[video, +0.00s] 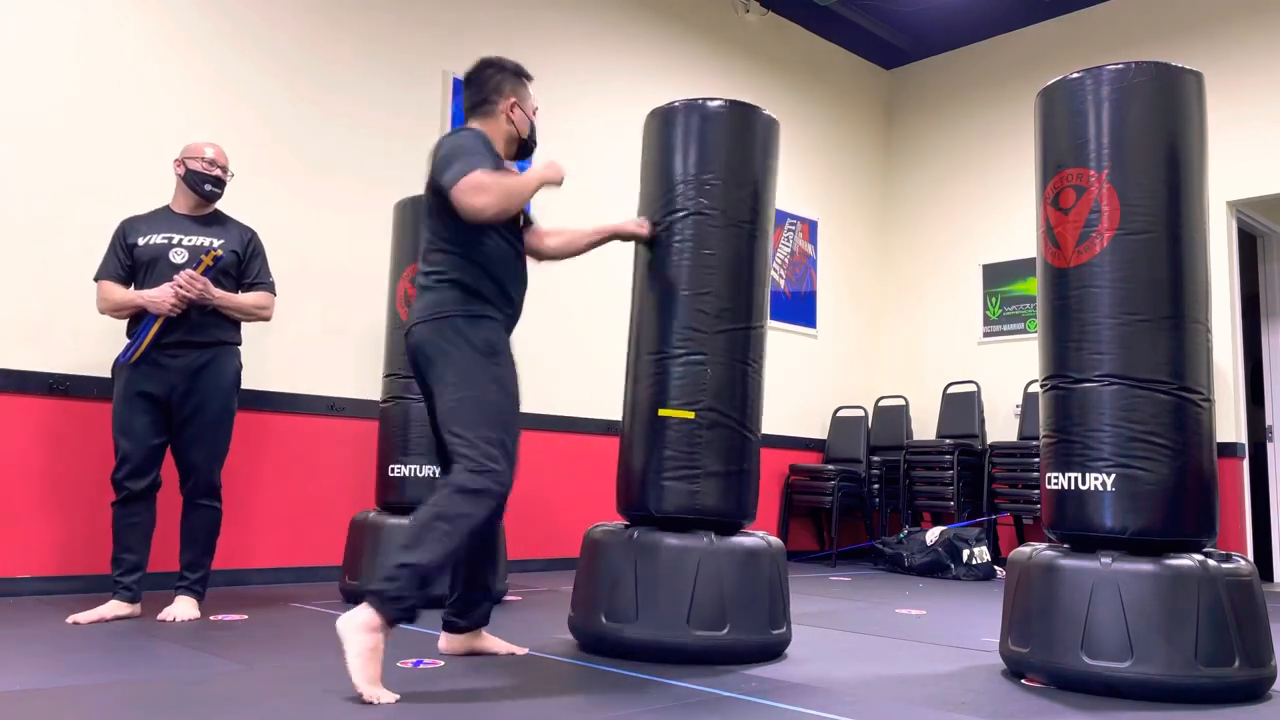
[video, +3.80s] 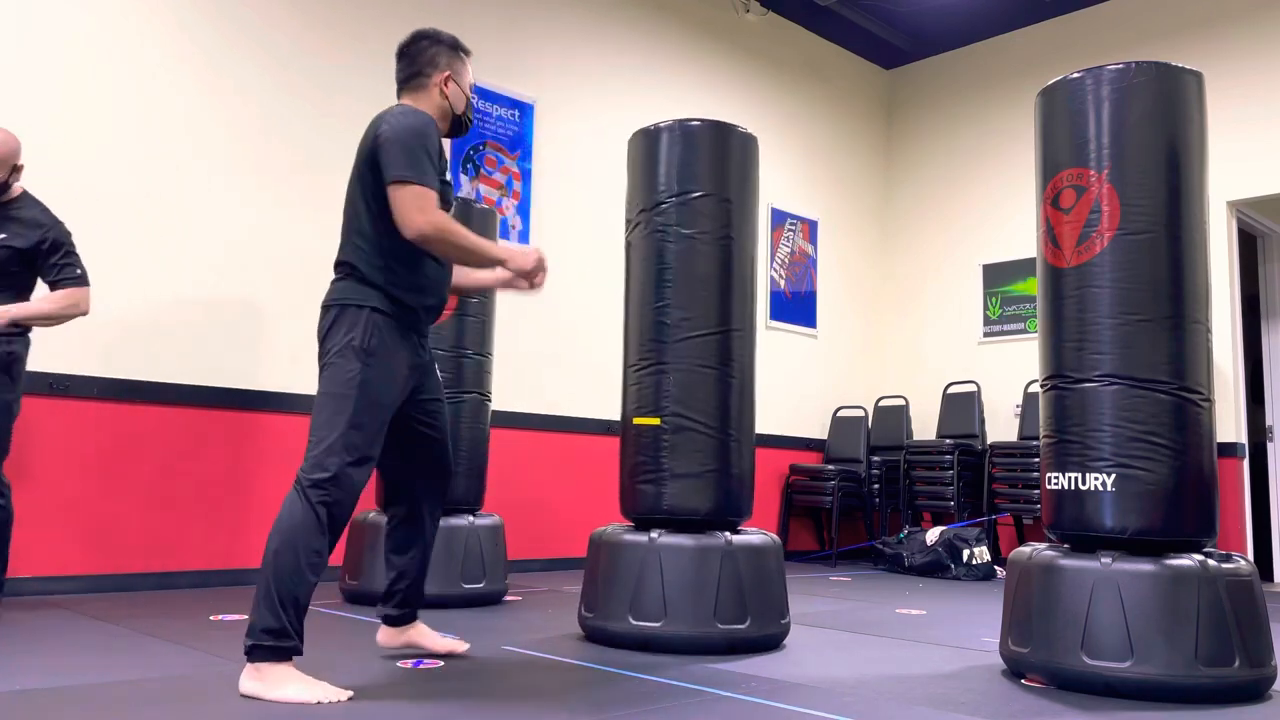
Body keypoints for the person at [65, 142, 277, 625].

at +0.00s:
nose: (213, 171)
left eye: (220, 167)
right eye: (204, 162)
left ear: (227, 181)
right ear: (178, 168)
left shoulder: (241, 238)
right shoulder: (134, 229)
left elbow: (264, 307)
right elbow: (106, 298)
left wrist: (212, 295)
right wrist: (146, 298)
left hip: (209, 372)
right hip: (142, 370)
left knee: (201, 485)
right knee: (132, 481)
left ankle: (189, 594)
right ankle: (126, 595)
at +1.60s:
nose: (153, 185)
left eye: (160, 181)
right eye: (144, 175)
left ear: (167, 192)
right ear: (119, 180)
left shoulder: (180, 249)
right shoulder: (75, 237)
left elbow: (193, 319)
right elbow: (42, 302)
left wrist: (150, 294)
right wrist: (79, 299)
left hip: (146, 383)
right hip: (79, 380)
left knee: (160, 482)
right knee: (72, 484)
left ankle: (176, 590)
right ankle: (70, 587)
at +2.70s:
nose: (104, 183)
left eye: (111, 178)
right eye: (94, 174)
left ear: (117, 189)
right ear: (66, 179)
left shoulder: (133, 244)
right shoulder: (25, 242)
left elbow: (155, 311)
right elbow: (3, 308)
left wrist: (107, 289)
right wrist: (33, 302)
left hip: (105, 374)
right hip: (41, 375)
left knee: (102, 474)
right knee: (53, 480)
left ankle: (101, 587)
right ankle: (68, 586)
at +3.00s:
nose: (96, 181)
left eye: (103, 176)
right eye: (86, 172)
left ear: (108, 186)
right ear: (56, 177)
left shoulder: (122, 241)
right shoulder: (15, 239)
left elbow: (143, 309)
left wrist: (90, 286)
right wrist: (17, 301)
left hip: (90, 366)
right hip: (28, 367)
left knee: (55, 463)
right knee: (45, 472)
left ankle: (32, 585)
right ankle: (68, 583)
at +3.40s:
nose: (39, 186)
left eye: (51, 179)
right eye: (31, 175)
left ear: (72, 179)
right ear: (19, 168)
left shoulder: (90, 236)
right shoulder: (3, 221)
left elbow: (114, 307)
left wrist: (47, 288)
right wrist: (5, 289)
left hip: (48, 358)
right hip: (4, 358)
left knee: (11, 467)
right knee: (29, 470)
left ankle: (1, 582)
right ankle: (67, 576)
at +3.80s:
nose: (2, 181)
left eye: (4, 172)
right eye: (3, 172)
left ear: (13, 171)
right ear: (10, 170)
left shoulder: (35, 222)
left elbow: (76, 298)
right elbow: (75, 296)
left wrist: (8, 313)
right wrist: (14, 315)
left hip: (2, 367)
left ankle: (0, 581)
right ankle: (1, 579)